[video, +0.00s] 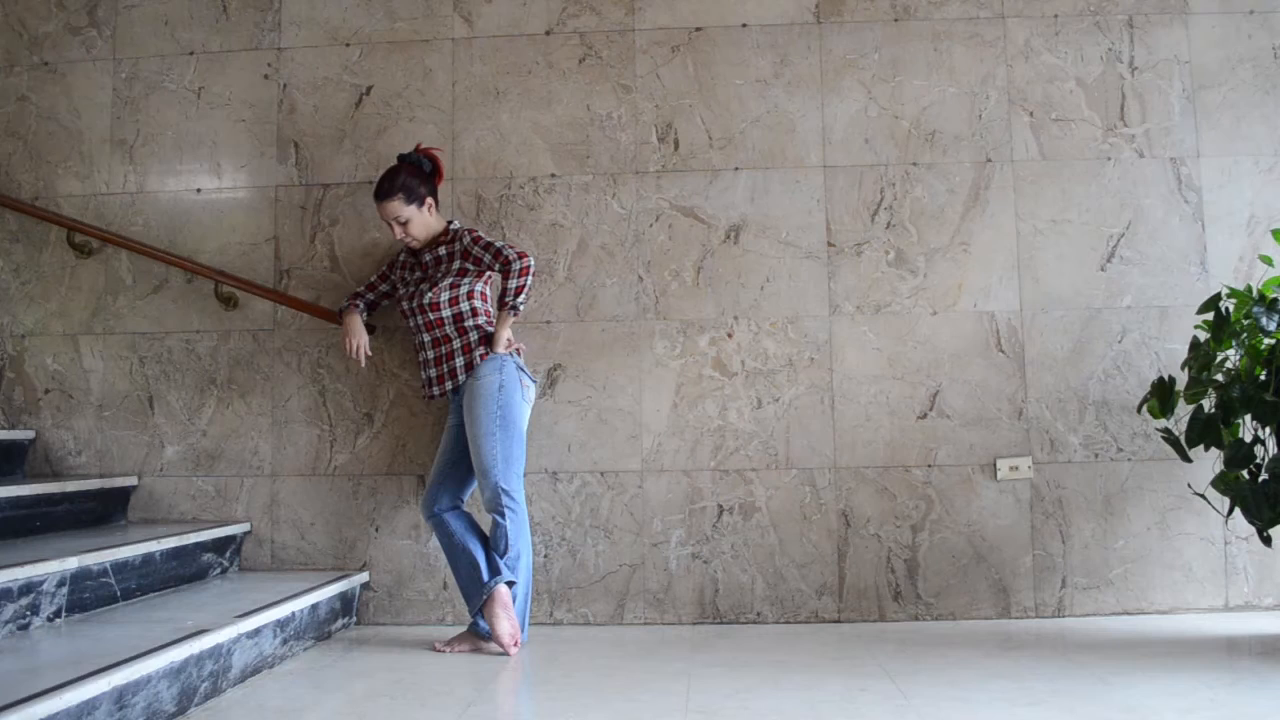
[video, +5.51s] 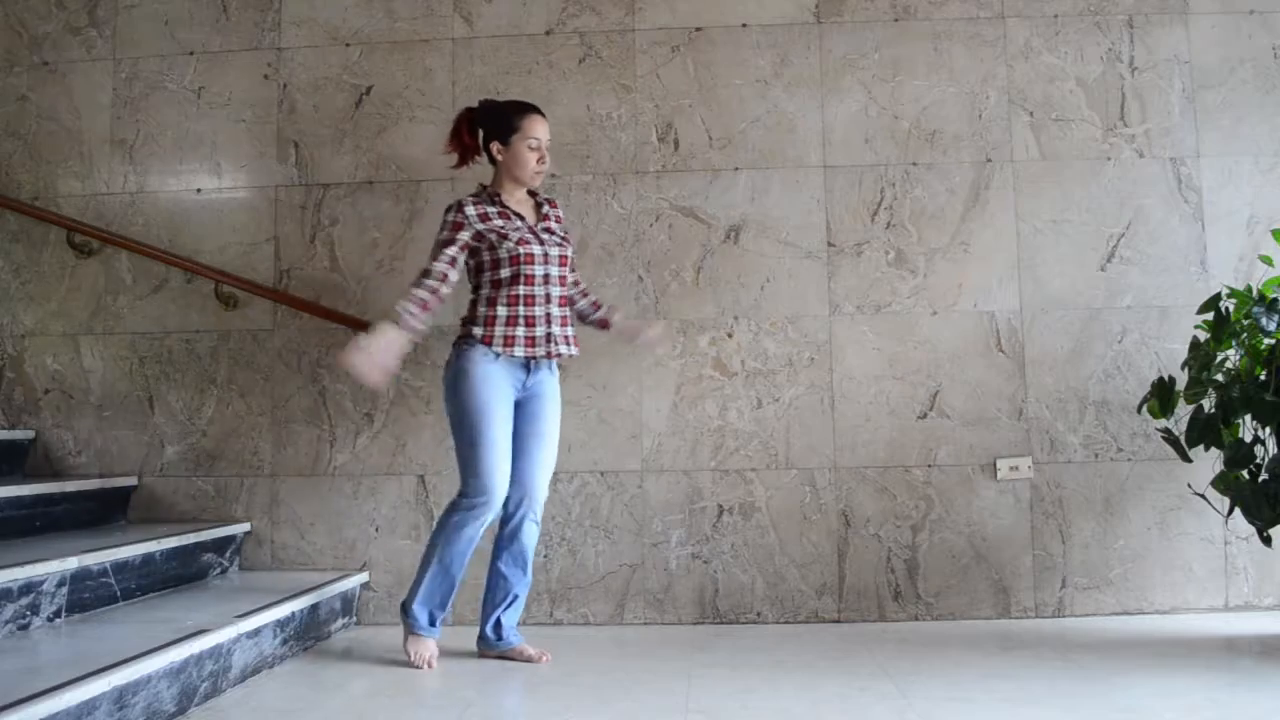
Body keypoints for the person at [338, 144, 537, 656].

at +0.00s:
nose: (398, 233)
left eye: (402, 221)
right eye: (390, 225)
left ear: (429, 203)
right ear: (390, 220)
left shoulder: (465, 241)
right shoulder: (406, 263)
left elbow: (518, 262)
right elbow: (364, 297)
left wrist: (507, 321)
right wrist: (353, 317)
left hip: (493, 371)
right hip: (461, 392)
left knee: (501, 492)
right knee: (440, 502)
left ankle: (501, 628)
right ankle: (494, 597)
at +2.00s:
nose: (400, 193)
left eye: (412, 186)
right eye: (404, 184)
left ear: (443, 201)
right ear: (430, 200)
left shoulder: (468, 243)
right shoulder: (407, 262)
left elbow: (524, 261)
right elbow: (368, 296)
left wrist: (516, 325)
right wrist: (349, 315)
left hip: (499, 373)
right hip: (460, 395)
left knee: (505, 495)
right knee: (435, 494)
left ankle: (502, 627)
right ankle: (473, 618)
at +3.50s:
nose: (435, 175)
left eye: (444, 165)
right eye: (432, 168)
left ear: (475, 169)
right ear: (433, 177)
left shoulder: (517, 232)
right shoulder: (427, 239)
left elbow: (538, 302)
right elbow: (395, 312)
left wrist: (553, 368)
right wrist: (355, 383)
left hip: (499, 372)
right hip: (442, 376)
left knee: (499, 487)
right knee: (457, 499)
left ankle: (533, 610)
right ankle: (475, 617)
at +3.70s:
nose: (450, 170)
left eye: (460, 161)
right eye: (444, 165)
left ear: (489, 170)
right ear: (440, 178)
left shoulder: (523, 232)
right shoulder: (429, 237)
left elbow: (536, 305)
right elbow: (427, 312)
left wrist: (539, 376)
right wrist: (442, 382)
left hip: (505, 376)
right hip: (448, 378)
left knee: (499, 486)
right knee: (459, 499)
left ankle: (529, 616)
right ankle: (476, 615)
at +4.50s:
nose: (507, 155)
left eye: (508, 148)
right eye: (496, 147)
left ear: (502, 160)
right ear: (461, 156)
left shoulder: (522, 221)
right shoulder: (432, 219)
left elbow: (547, 294)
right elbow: (403, 297)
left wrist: (580, 361)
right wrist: (373, 373)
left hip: (517, 369)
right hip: (455, 372)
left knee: (515, 479)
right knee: (472, 496)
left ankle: (535, 603)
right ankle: (483, 621)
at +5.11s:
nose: (539, 155)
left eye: (540, 146)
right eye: (528, 145)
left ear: (520, 154)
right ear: (493, 151)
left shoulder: (546, 224)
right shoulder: (453, 214)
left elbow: (580, 297)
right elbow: (397, 276)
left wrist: (629, 342)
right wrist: (326, 303)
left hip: (531, 374)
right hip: (467, 372)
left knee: (517, 502)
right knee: (470, 506)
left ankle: (501, 631)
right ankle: (466, 608)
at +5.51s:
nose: (544, 157)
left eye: (547, 148)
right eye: (534, 147)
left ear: (544, 153)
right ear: (498, 150)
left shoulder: (551, 214)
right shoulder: (470, 212)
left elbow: (570, 290)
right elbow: (435, 282)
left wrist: (621, 325)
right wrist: (393, 335)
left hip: (543, 370)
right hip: (484, 365)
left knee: (527, 503)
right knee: (484, 494)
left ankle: (500, 633)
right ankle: (422, 621)